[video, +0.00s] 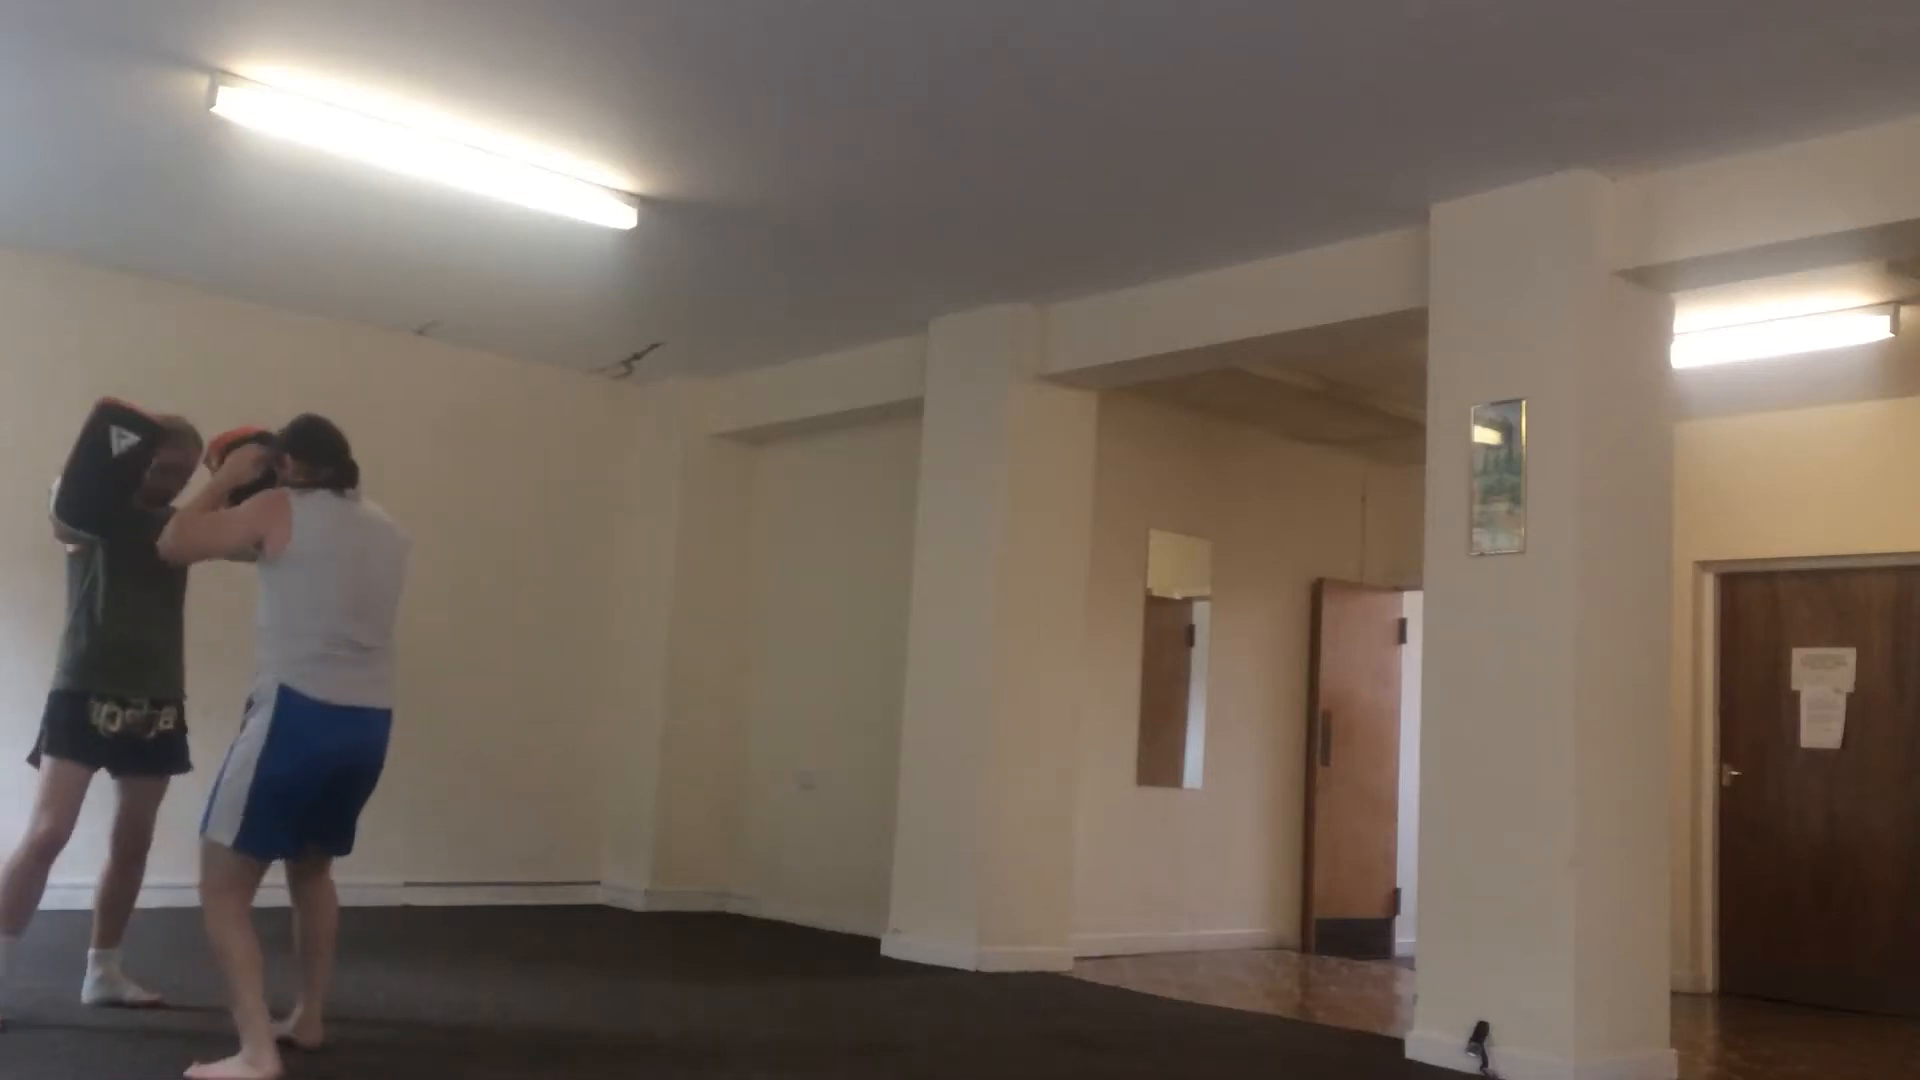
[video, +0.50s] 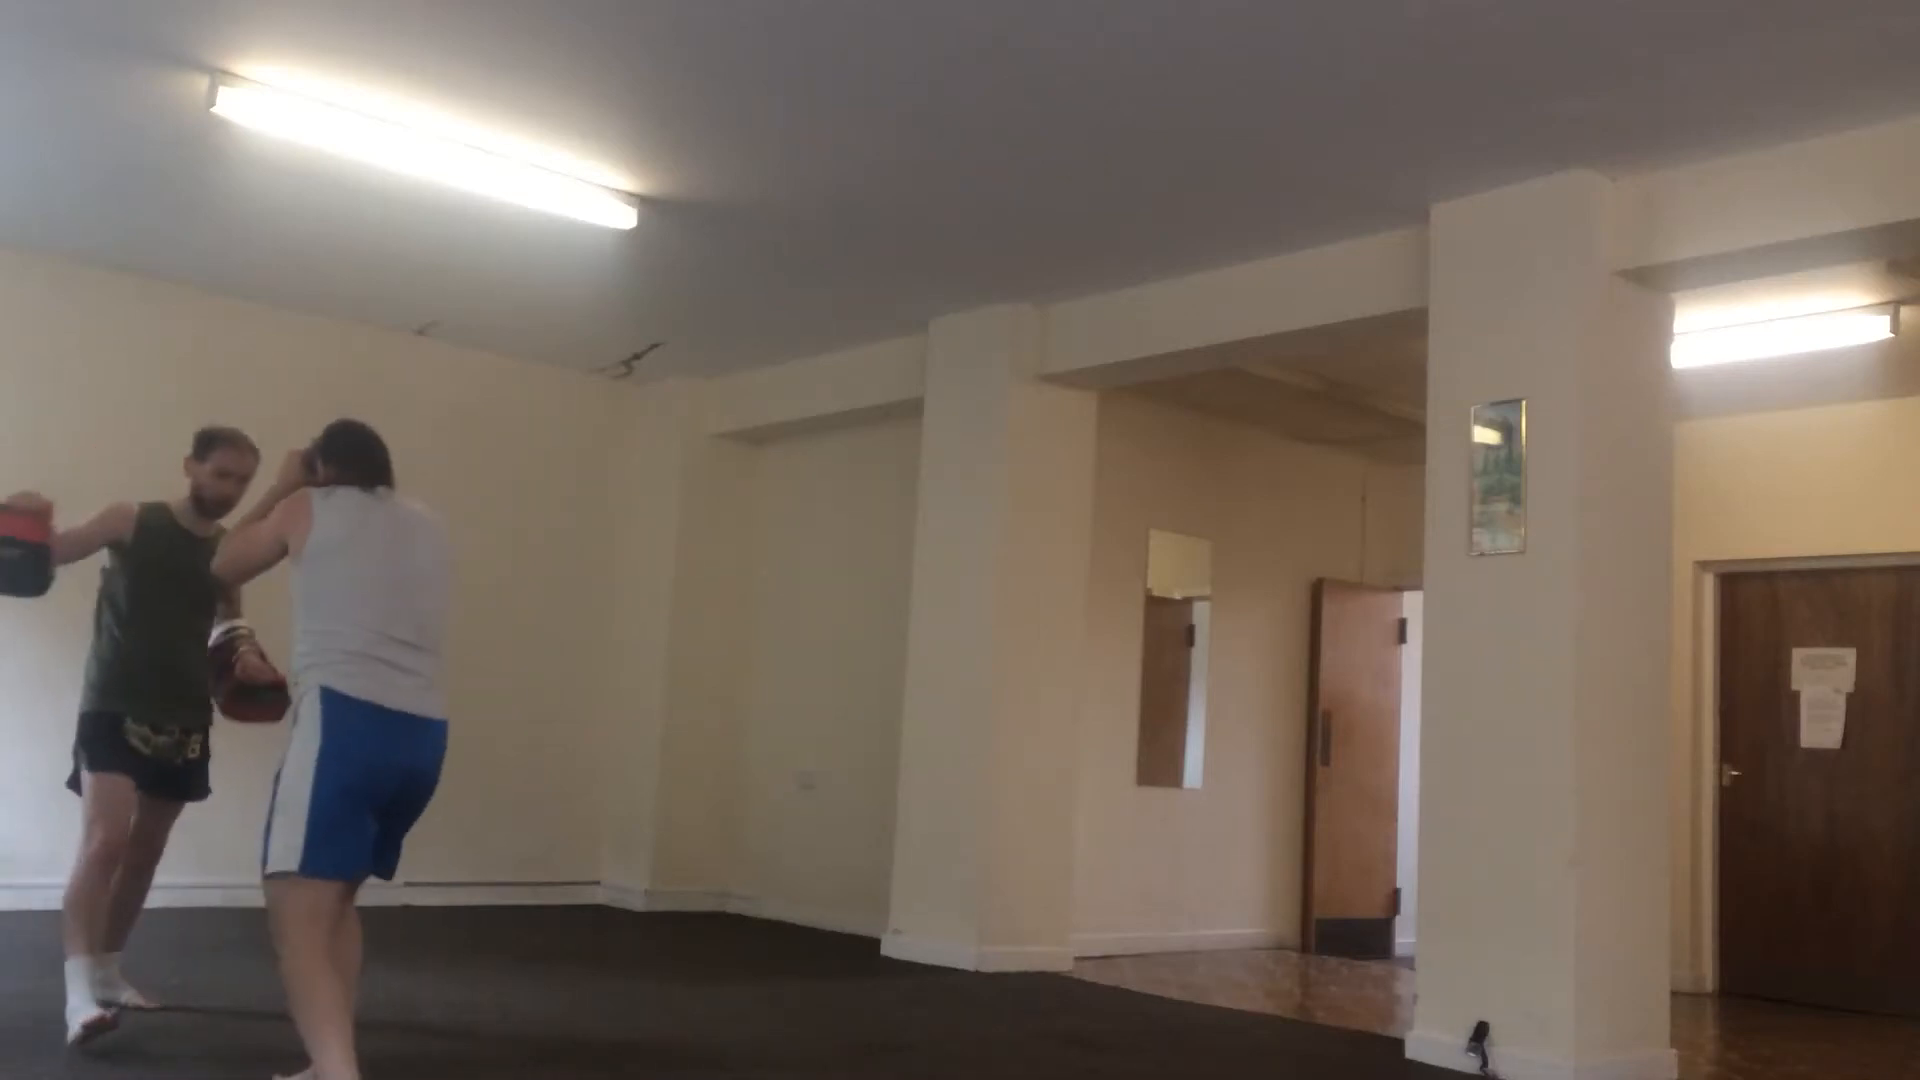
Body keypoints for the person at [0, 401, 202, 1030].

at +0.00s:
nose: (176, 481)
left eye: (185, 471)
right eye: (168, 467)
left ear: (189, 473)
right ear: (137, 462)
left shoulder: (178, 524)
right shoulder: (94, 514)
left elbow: (239, 531)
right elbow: (70, 507)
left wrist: (254, 475)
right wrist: (97, 428)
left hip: (156, 699)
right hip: (87, 693)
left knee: (132, 842)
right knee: (47, 835)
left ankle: (104, 970)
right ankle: (1, 959)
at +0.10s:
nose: (177, 482)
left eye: (189, 474)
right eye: (170, 470)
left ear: (199, 476)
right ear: (145, 461)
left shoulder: (194, 523)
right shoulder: (111, 513)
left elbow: (267, 551)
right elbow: (64, 524)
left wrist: (266, 476)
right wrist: (96, 445)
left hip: (161, 697)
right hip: (92, 689)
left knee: (136, 841)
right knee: (64, 829)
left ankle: (102, 972)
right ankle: (14, 971)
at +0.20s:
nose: (185, 478)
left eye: (196, 469)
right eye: (176, 466)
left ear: (206, 469)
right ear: (152, 457)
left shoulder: (207, 524)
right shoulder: (120, 510)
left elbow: (276, 577)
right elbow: (56, 547)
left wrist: (257, 509)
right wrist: (91, 467)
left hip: (165, 698)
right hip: (95, 687)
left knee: (138, 843)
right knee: (79, 826)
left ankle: (103, 974)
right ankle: (37, 978)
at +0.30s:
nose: (191, 477)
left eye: (203, 469)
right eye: (183, 464)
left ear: (213, 472)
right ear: (156, 457)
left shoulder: (215, 539)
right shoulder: (119, 517)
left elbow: (272, 625)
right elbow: (47, 574)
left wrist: (263, 568)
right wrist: (74, 512)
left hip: (169, 703)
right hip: (100, 691)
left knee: (139, 845)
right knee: (91, 826)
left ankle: (102, 973)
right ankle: (62, 981)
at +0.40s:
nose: (207, 480)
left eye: (218, 472)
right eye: (198, 467)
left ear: (226, 476)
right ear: (169, 459)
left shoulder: (219, 540)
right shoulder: (125, 517)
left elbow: (250, 601)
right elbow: (76, 529)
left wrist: (260, 623)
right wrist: (64, 522)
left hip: (176, 702)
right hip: (108, 692)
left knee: (142, 847)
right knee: (100, 831)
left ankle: (105, 968)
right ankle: (79, 981)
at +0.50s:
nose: (229, 487)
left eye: (241, 480)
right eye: (222, 473)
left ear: (246, 486)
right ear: (192, 466)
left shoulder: (228, 552)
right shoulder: (132, 521)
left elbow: (230, 635)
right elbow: (53, 552)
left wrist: (248, 659)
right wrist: (27, 523)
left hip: (182, 718)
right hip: (117, 707)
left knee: (145, 854)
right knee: (107, 843)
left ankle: (106, 973)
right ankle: (79, 997)